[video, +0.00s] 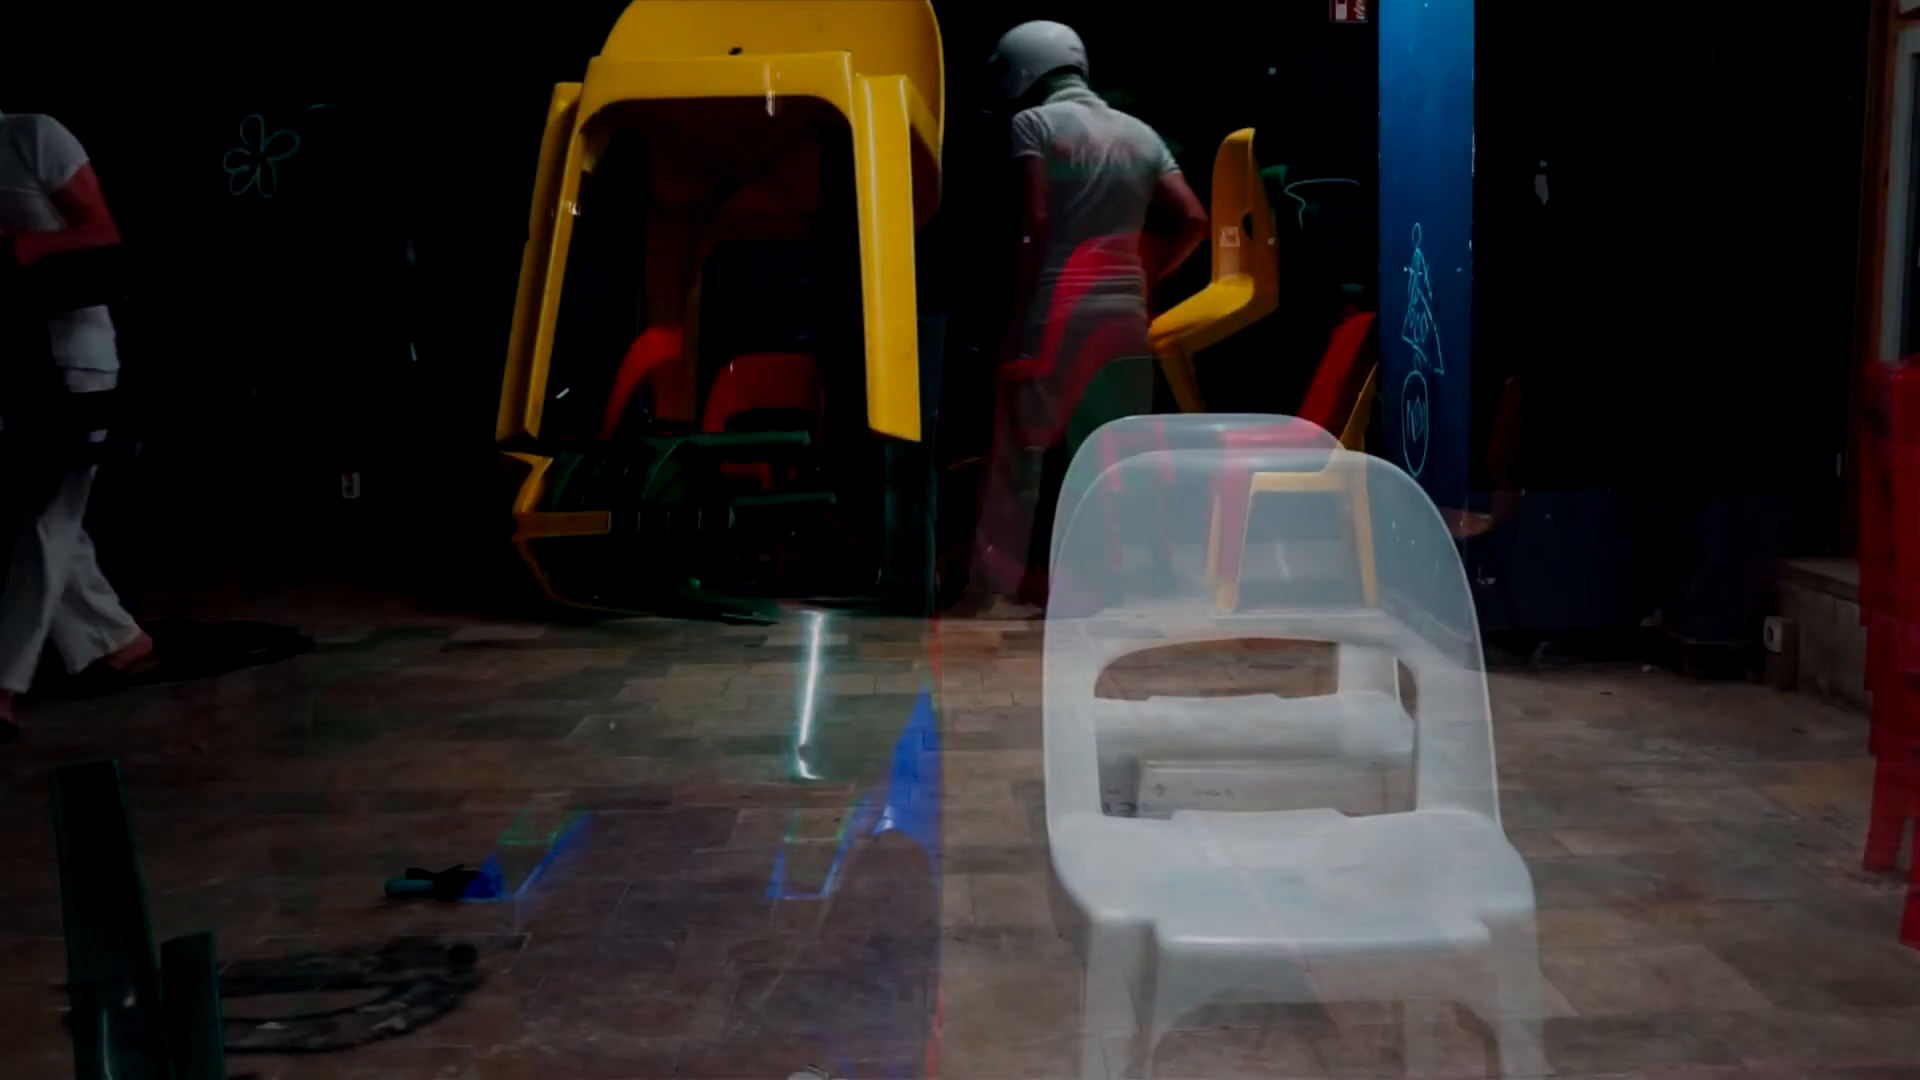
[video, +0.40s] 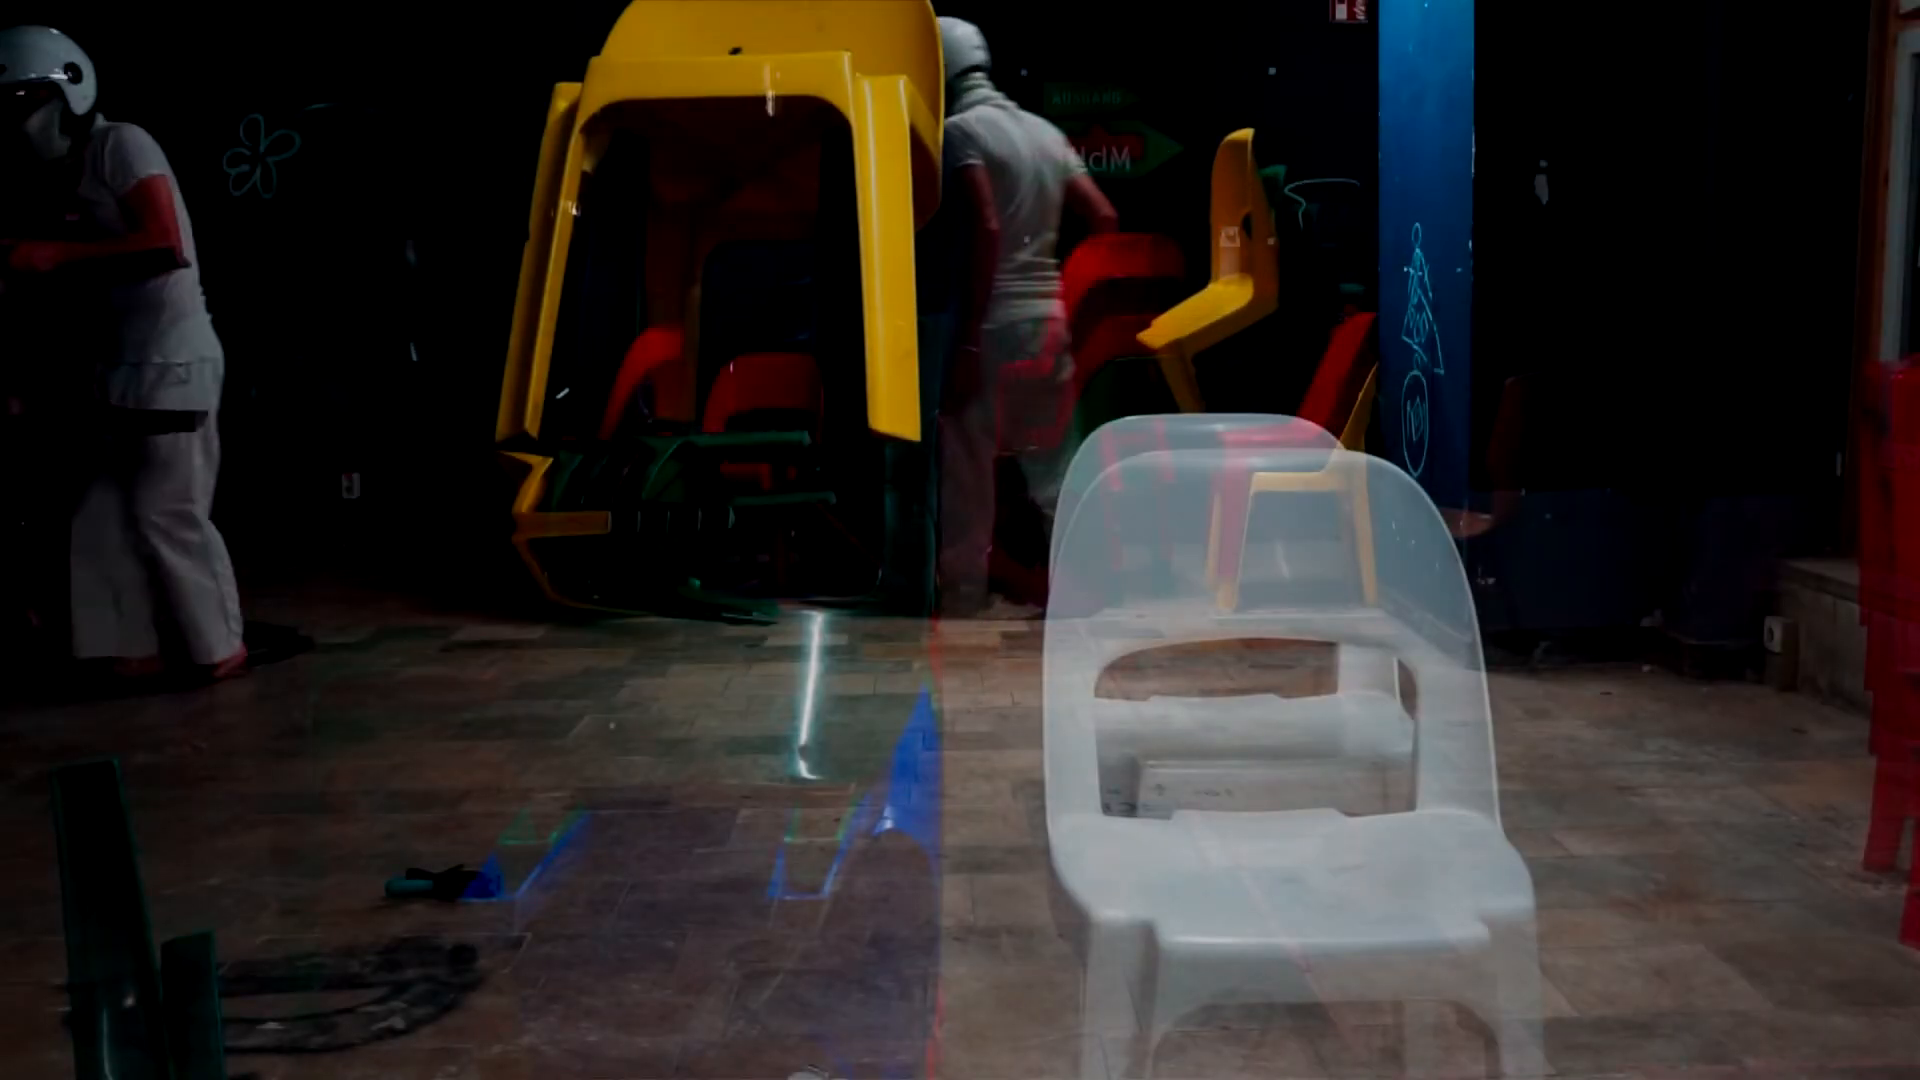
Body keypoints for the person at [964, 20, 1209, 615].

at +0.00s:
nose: (1010, 89)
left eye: (1011, 78)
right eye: (1009, 80)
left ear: (1026, 75)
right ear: (1077, 68)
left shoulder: (1032, 125)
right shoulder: (1137, 132)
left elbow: (1032, 228)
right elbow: (1194, 221)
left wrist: (1013, 311)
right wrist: (1140, 278)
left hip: (1058, 312)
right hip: (1127, 314)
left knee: (1021, 453)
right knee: (1124, 454)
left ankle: (993, 592)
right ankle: (1127, 592)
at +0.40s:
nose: (917, 85)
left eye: (921, 71)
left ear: (936, 71)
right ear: (982, 65)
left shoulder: (958, 133)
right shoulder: (1043, 131)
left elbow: (985, 230)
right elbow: (1101, 220)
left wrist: (965, 335)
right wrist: (1054, 279)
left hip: (985, 317)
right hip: (1046, 312)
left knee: (966, 465)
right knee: (1051, 465)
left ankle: (964, 604)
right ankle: (1089, 589)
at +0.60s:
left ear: (915, 75)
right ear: (948, 68)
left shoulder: (929, 130)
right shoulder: (999, 130)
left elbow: (944, 233)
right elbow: (1056, 219)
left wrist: (919, 300)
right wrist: (1023, 286)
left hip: (961, 320)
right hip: (1008, 316)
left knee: (954, 470)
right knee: (991, 471)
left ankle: (957, 608)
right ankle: (1038, 596)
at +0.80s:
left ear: (907, 91)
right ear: (937, 88)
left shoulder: (901, 142)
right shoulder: (973, 141)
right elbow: (1022, 229)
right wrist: (988, 287)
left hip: (930, 321)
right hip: (973, 318)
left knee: (942, 464)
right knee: (940, 460)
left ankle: (955, 598)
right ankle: (946, 586)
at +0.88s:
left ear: (897, 103)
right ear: (931, 98)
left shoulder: (884, 153)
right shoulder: (960, 147)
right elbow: (1008, 235)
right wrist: (976, 290)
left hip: (908, 324)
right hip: (957, 320)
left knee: (926, 464)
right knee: (927, 460)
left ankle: (952, 602)